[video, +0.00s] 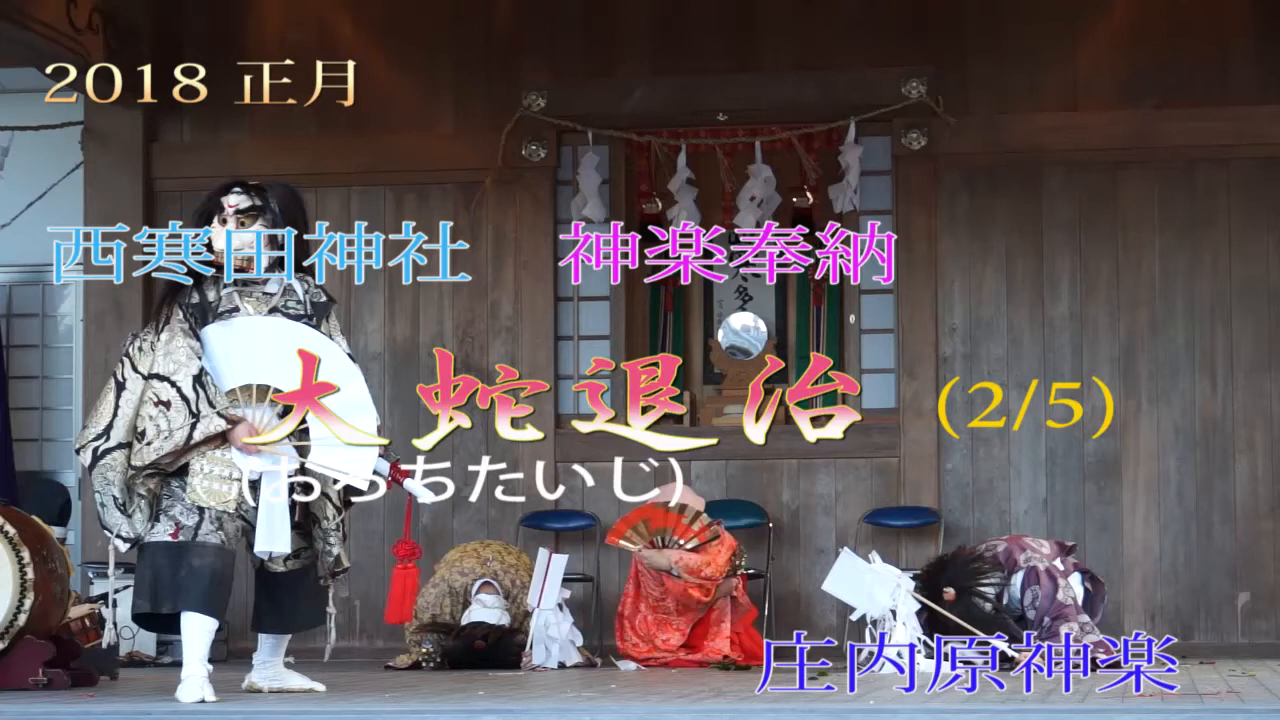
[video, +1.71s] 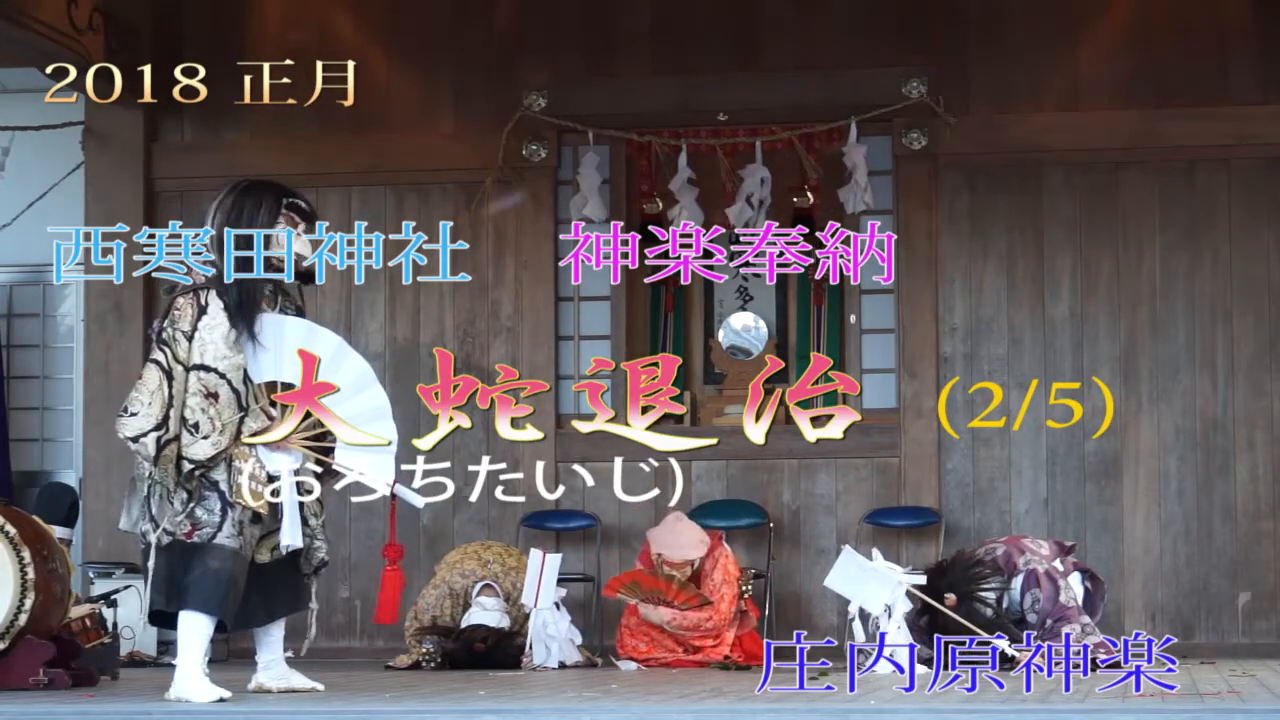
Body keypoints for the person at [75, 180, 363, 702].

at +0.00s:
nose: (228, 230)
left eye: (242, 219)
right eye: (220, 220)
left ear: (272, 230)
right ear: (209, 234)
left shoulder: (309, 303)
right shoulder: (192, 304)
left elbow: (337, 388)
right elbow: (163, 394)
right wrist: (225, 427)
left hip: (288, 453)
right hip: (213, 450)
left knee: (288, 548)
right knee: (207, 547)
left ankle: (270, 665)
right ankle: (195, 672)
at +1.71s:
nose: (303, 239)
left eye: (303, 228)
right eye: (292, 226)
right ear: (256, 231)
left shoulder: (284, 304)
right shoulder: (206, 306)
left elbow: (301, 385)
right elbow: (200, 409)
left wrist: (309, 437)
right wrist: (257, 450)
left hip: (269, 457)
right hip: (215, 457)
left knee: (275, 550)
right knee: (215, 552)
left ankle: (272, 664)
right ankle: (189, 673)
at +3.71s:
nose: (306, 257)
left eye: (304, 243)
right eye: (299, 242)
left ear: (236, 238)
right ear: (268, 241)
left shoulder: (212, 303)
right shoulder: (246, 309)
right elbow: (263, 405)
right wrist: (318, 438)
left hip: (262, 449)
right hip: (233, 450)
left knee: (282, 549)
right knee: (231, 551)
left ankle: (273, 663)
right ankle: (191, 672)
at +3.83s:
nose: (300, 255)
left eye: (301, 244)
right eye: (296, 243)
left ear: (238, 239)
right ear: (270, 243)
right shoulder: (219, 304)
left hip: (247, 446)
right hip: (201, 451)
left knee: (287, 545)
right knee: (236, 547)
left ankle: (274, 663)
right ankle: (192, 670)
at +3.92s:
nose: (308, 262)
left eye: (308, 251)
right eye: (301, 249)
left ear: (237, 244)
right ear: (273, 247)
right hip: (202, 447)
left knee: (290, 546)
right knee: (251, 550)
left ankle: (274, 664)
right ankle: (194, 670)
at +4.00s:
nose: (291, 246)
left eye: (293, 235)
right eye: (281, 235)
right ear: (252, 234)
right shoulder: (225, 292)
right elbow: (228, 386)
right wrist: (277, 445)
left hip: (253, 443)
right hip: (218, 448)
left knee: (291, 546)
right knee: (263, 556)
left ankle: (273, 664)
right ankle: (195, 671)